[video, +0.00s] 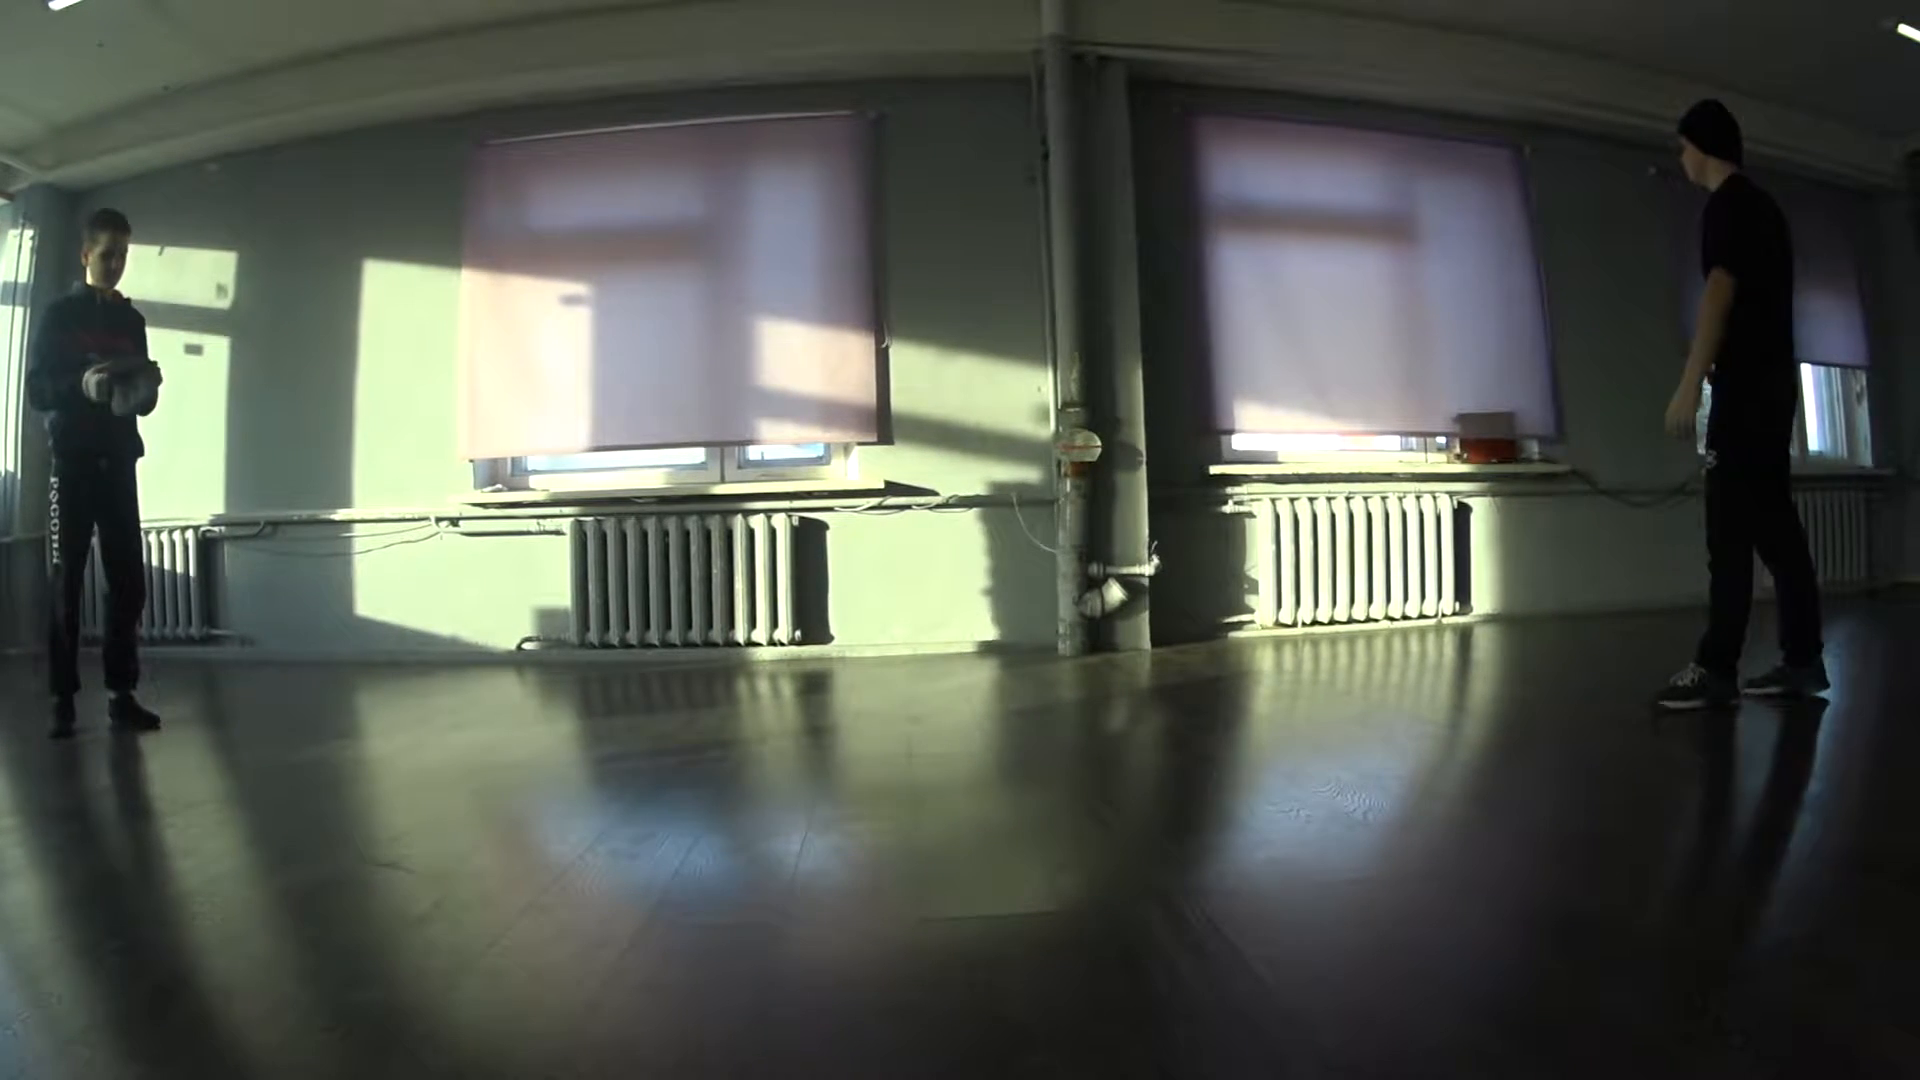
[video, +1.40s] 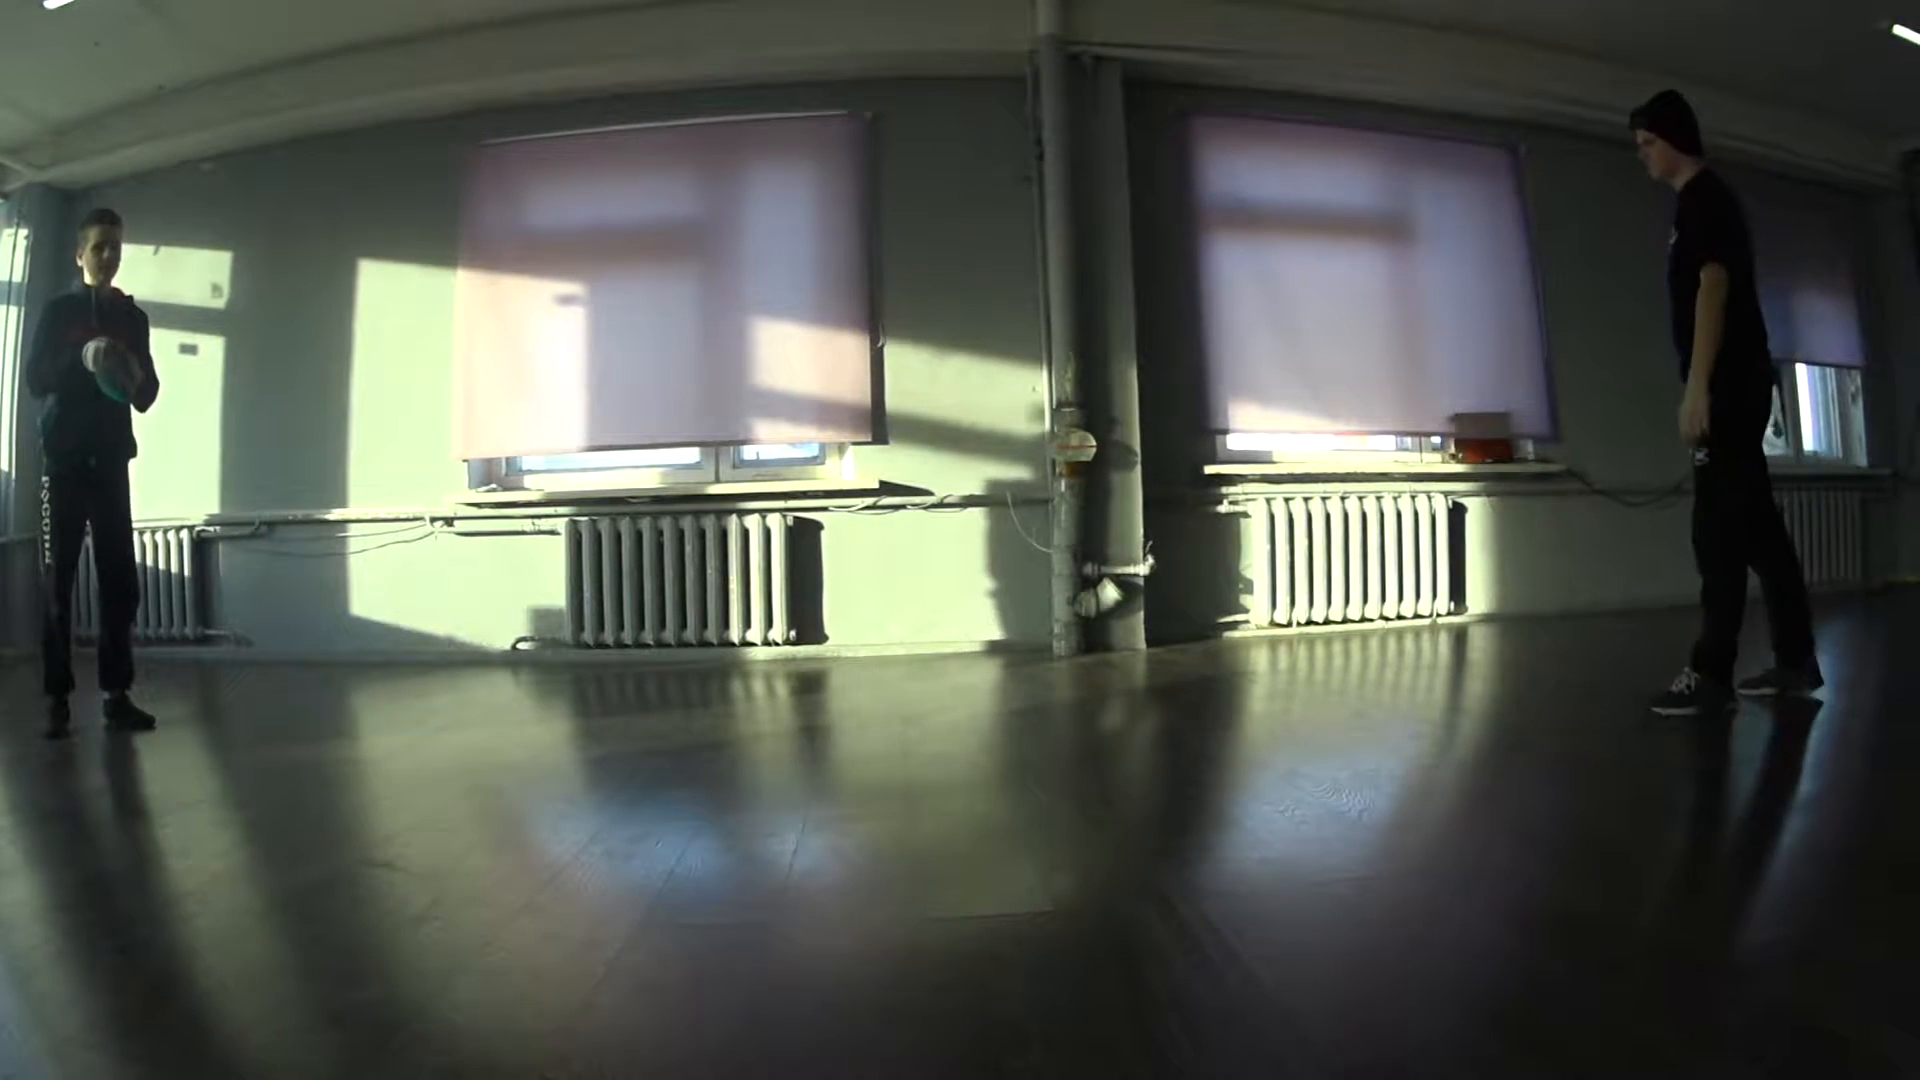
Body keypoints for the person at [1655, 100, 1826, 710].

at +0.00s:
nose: (1681, 160)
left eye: (1683, 149)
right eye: (1682, 149)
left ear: (1698, 150)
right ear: (1730, 147)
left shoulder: (1728, 204)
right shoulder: (1760, 205)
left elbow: (1721, 294)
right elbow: (1764, 312)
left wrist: (1688, 386)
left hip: (1743, 390)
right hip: (1771, 387)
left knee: (1728, 528)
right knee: (1775, 524)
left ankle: (1716, 669)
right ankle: (1804, 664)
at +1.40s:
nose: (1643, 158)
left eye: (1647, 145)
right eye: (1639, 147)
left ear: (1675, 141)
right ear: (1677, 144)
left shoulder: (1705, 199)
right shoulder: (1703, 198)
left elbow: (1715, 289)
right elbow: (1719, 295)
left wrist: (1697, 386)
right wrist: (1716, 384)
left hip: (1730, 385)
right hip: (1734, 384)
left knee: (1717, 530)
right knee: (1757, 526)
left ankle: (1710, 675)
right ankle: (1797, 665)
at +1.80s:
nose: (1590, 152)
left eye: (1594, 139)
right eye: (1585, 143)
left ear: (1623, 129)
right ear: (1615, 137)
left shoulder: (1663, 188)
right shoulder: (1642, 194)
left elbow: (1677, 288)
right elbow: (1647, 298)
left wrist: (1653, 385)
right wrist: (1623, 374)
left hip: (1679, 380)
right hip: (1662, 379)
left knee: (1670, 521)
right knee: (1666, 522)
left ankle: (1716, 660)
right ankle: (1725, 641)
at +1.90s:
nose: (1568, 155)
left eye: (1571, 141)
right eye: (1562, 145)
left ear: (1599, 131)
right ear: (1593, 139)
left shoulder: (1645, 188)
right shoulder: (1622, 195)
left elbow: (1669, 284)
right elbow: (1638, 293)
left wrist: (1652, 383)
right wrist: (1625, 382)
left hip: (1660, 379)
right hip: (1630, 381)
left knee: (1683, 529)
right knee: (1604, 523)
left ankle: (1708, 678)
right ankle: (1670, 660)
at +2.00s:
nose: (1541, 159)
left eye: (1545, 144)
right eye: (1535, 150)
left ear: (1574, 133)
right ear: (1559, 145)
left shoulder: (1622, 189)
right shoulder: (1596, 199)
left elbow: (1655, 281)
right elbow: (1618, 297)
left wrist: (1653, 384)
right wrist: (1608, 383)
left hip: (1639, 388)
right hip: (1610, 390)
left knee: (1676, 538)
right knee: (1563, 519)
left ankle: (1709, 678)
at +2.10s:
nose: (1510, 172)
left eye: (1512, 158)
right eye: (1505, 161)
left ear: (1539, 146)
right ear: (1532, 151)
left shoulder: (1595, 197)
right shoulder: (1566, 209)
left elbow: (1633, 287)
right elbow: (1589, 307)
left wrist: (1647, 388)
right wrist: (1577, 398)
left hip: (1621, 400)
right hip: (1585, 403)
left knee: (1672, 545)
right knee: (1539, 532)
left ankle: (1709, 680)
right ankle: (1478, 668)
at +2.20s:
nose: (1470, 180)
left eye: (1472, 166)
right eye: (1464, 171)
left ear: (1502, 152)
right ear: (1489, 163)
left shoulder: (1560, 206)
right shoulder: (1521, 220)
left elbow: (1604, 295)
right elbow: (1552, 317)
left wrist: (1628, 393)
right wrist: (1546, 405)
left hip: (1599, 407)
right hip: (1553, 413)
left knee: (1658, 545)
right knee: (1507, 546)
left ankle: (1707, 675)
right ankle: (1442, 678)